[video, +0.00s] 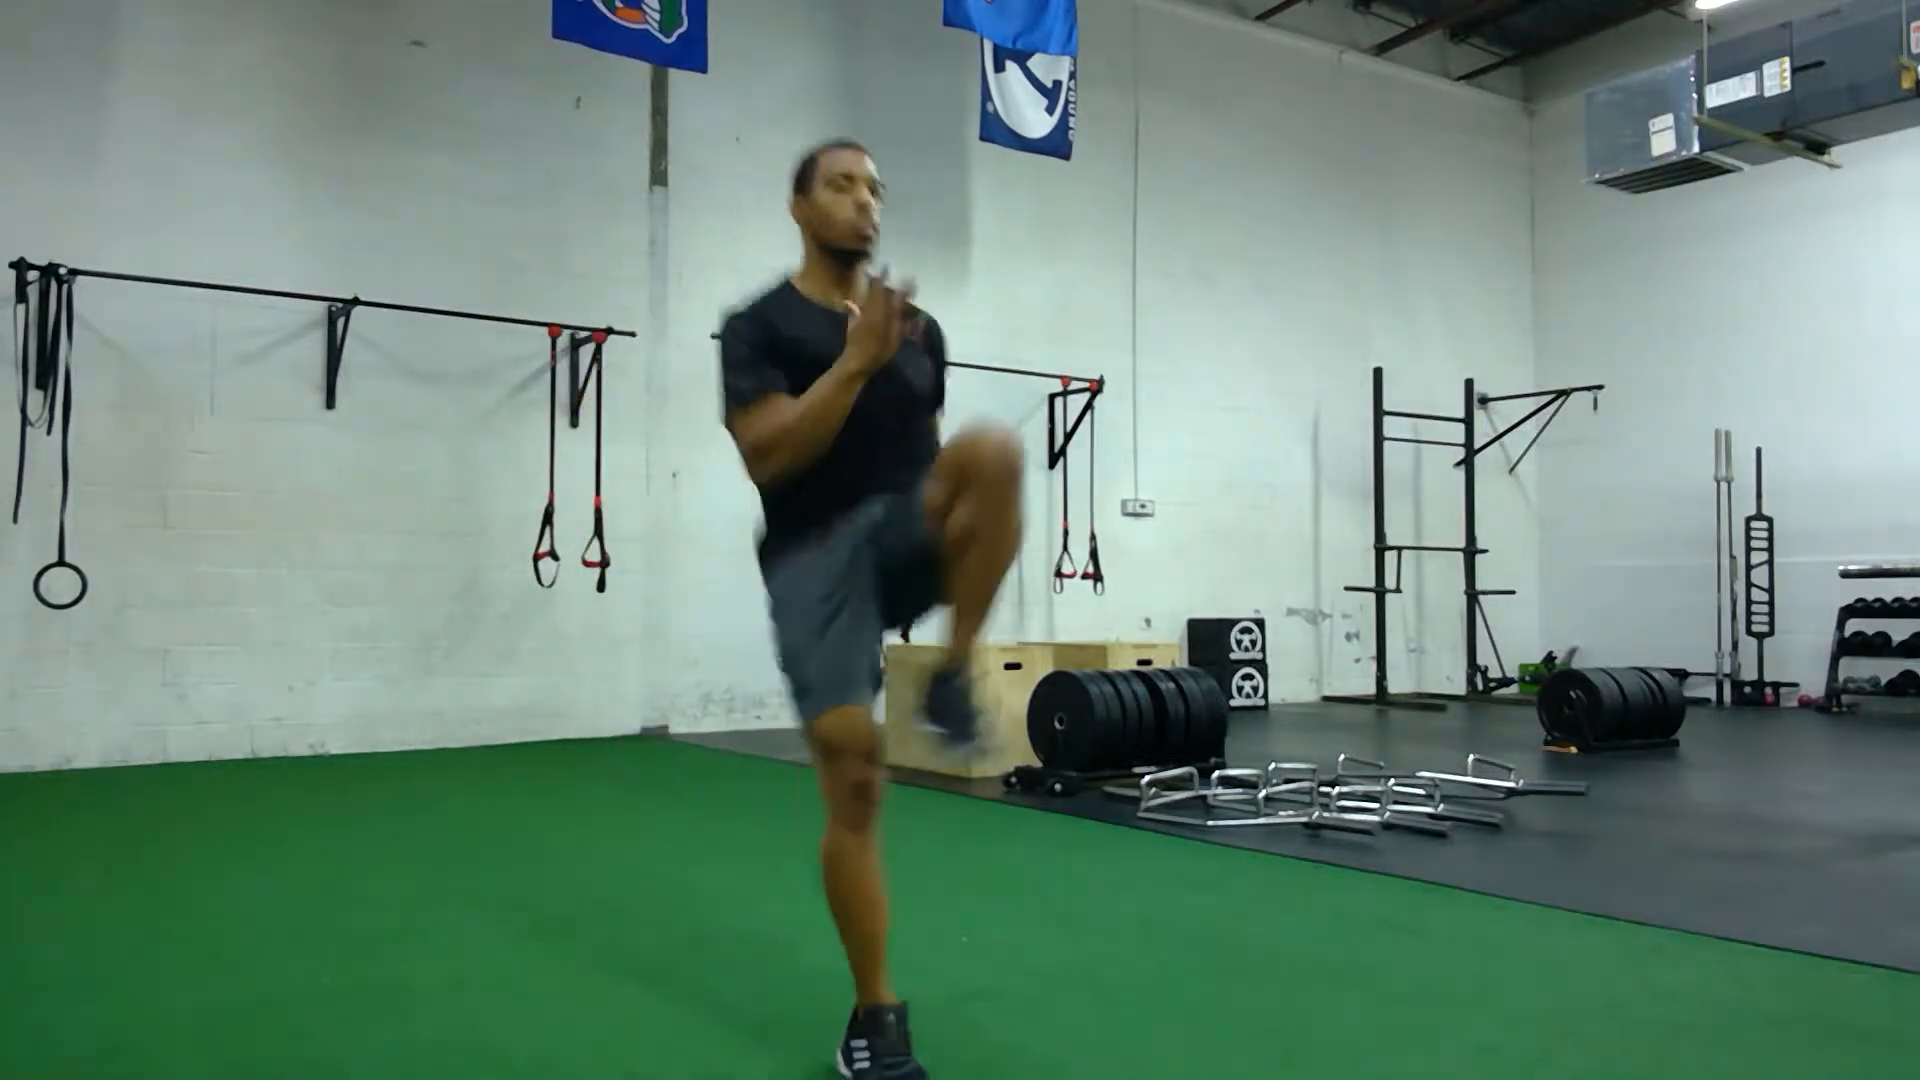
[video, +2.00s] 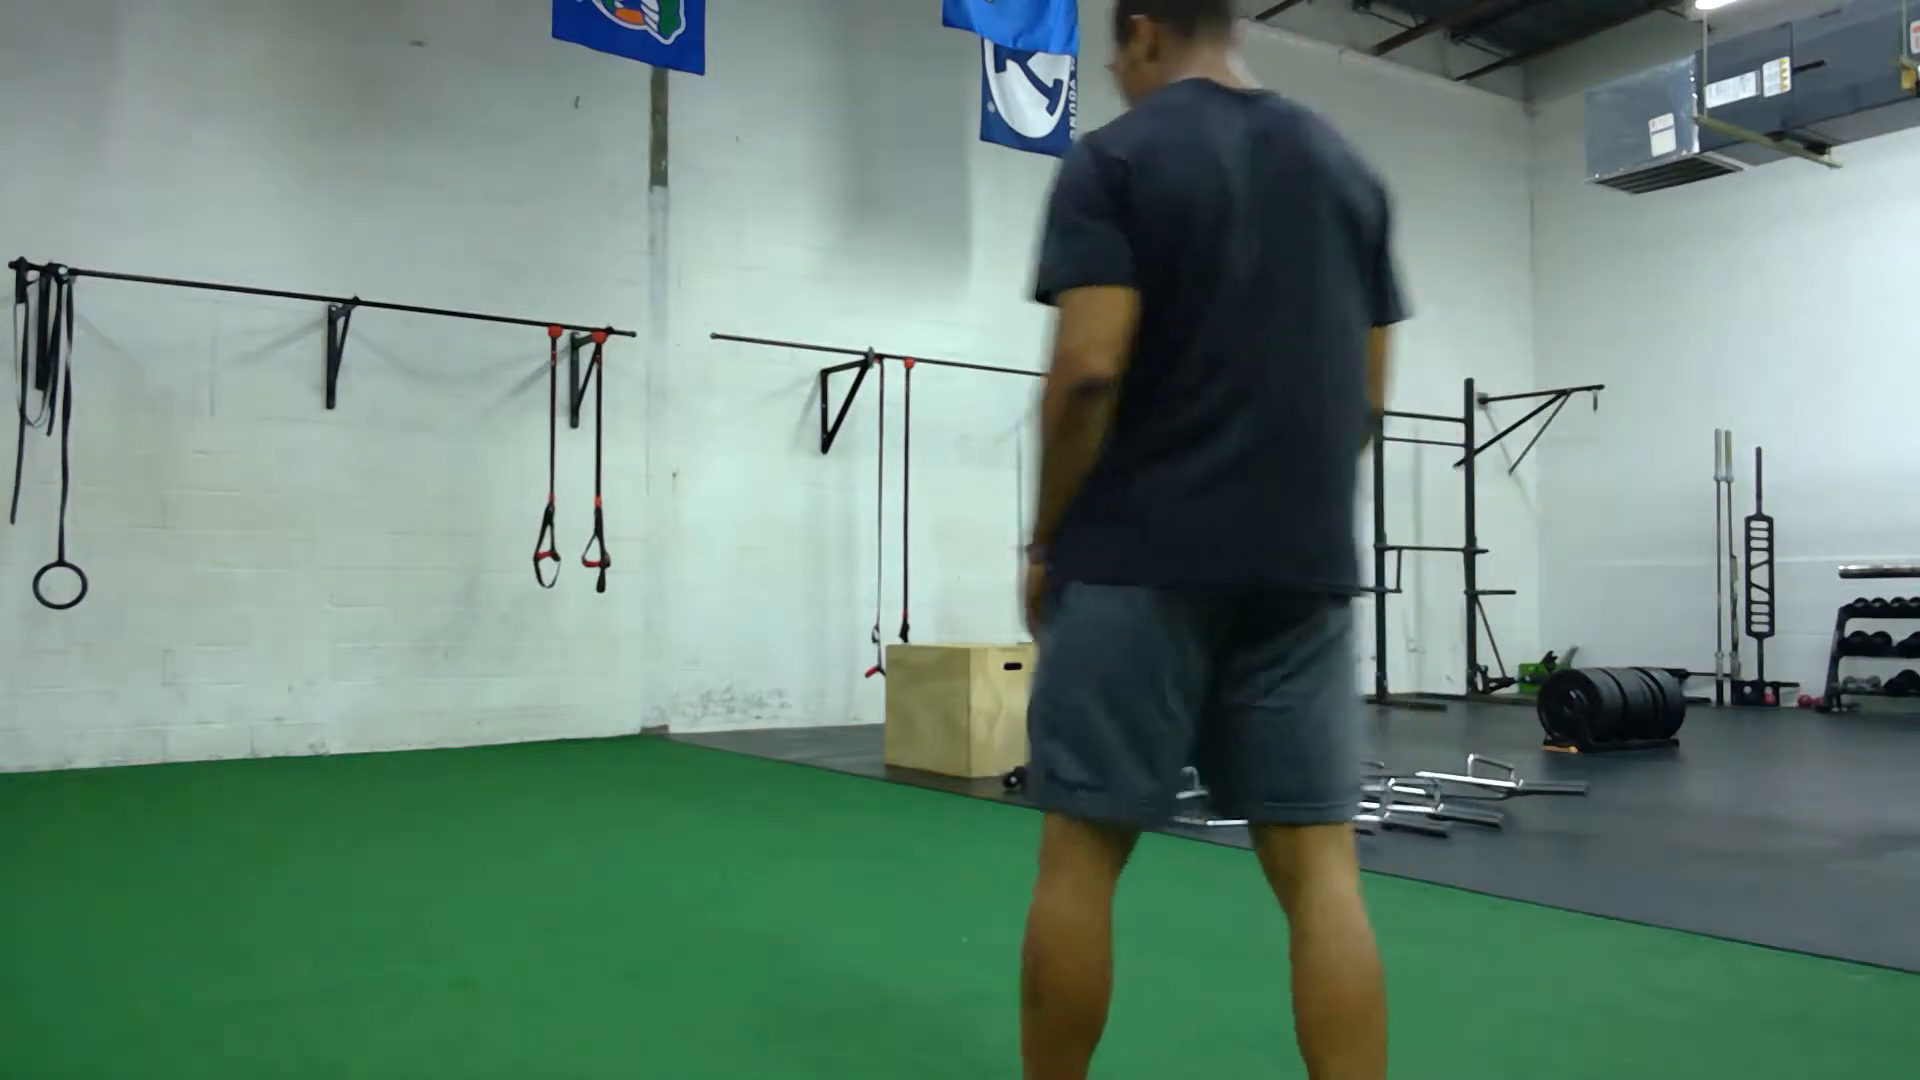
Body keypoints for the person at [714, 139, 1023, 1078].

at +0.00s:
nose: (864, 202)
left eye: (872, 190)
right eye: (843, 187)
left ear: (881, 213)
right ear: (799, 208)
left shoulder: (914, 331)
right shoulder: (757, 326)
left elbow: (920, 451)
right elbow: (764, 456)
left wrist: (954, 512)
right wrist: (856, 362)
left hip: (902, 532)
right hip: (811, 558)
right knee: (855, 783)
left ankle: (950, 676)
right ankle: (876, 1010)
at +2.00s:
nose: (1112, 76)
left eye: (1113, 52)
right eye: (1113, 53)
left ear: (1144, 33)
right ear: (1236, 36)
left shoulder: (1119, 157)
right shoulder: (1348, 172)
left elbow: (1087, 369)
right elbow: (1365, 396)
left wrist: (1049, 539)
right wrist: (1274, 496)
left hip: (1140, 560)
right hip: (1307, 563)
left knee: (1080, 860)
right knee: (1322, 871)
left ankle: (1050, 1072)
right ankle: (1356, 1073)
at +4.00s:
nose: (703, 204)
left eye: (702, 193)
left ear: (705, 201)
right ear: (777, 208)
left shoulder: (672, 286)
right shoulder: (824, 293)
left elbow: (644, 417)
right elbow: (888, 395)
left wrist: (689, 397)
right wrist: (887, 507)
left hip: (707, 532)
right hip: (794, 535)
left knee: (671, 712)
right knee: (734, 679)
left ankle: (724, 865)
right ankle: (725, 860)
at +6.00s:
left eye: (379, 396)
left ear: (374, 401)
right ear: (414, 400)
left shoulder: (351, 457)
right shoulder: (442, 451)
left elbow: (343, 527)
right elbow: (478, 507)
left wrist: (377, 500)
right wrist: (491, 572)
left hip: (383, 581)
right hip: (439, 575)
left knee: (389, 686)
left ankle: (400, 791)